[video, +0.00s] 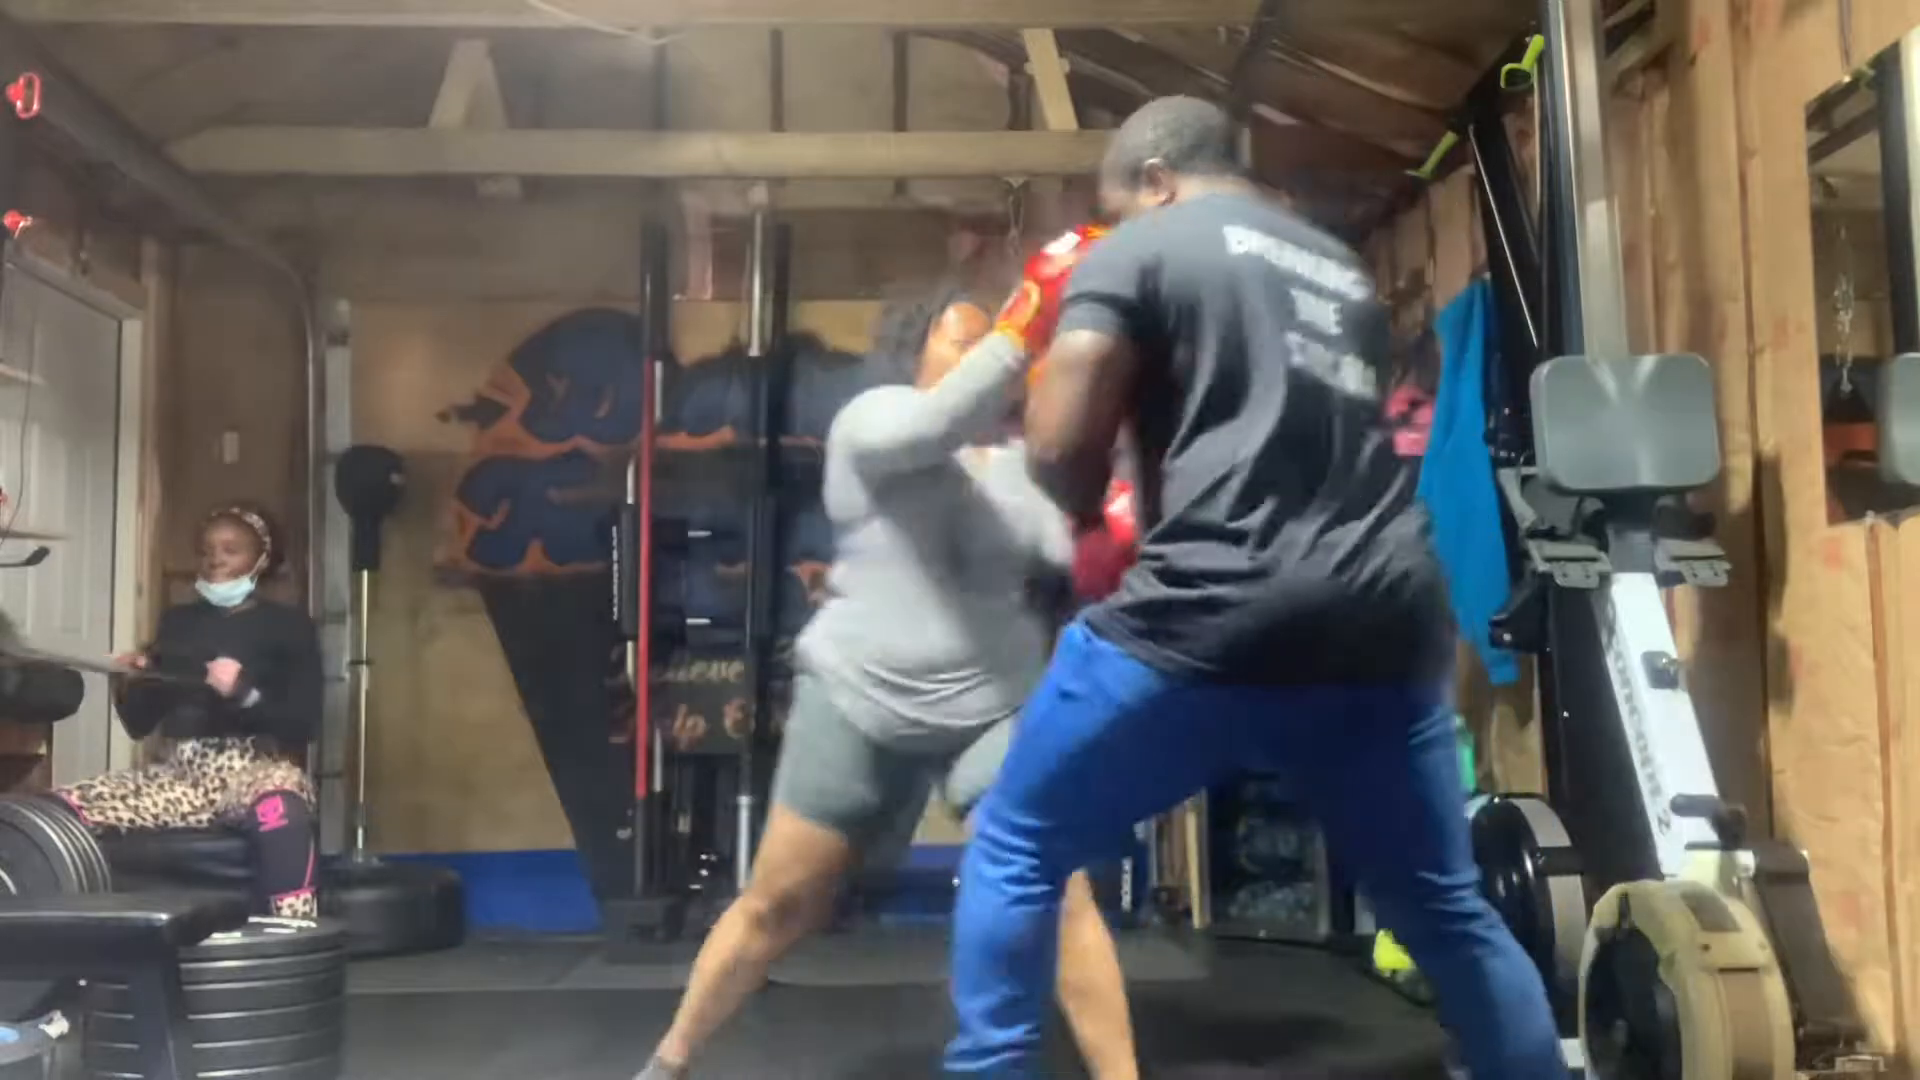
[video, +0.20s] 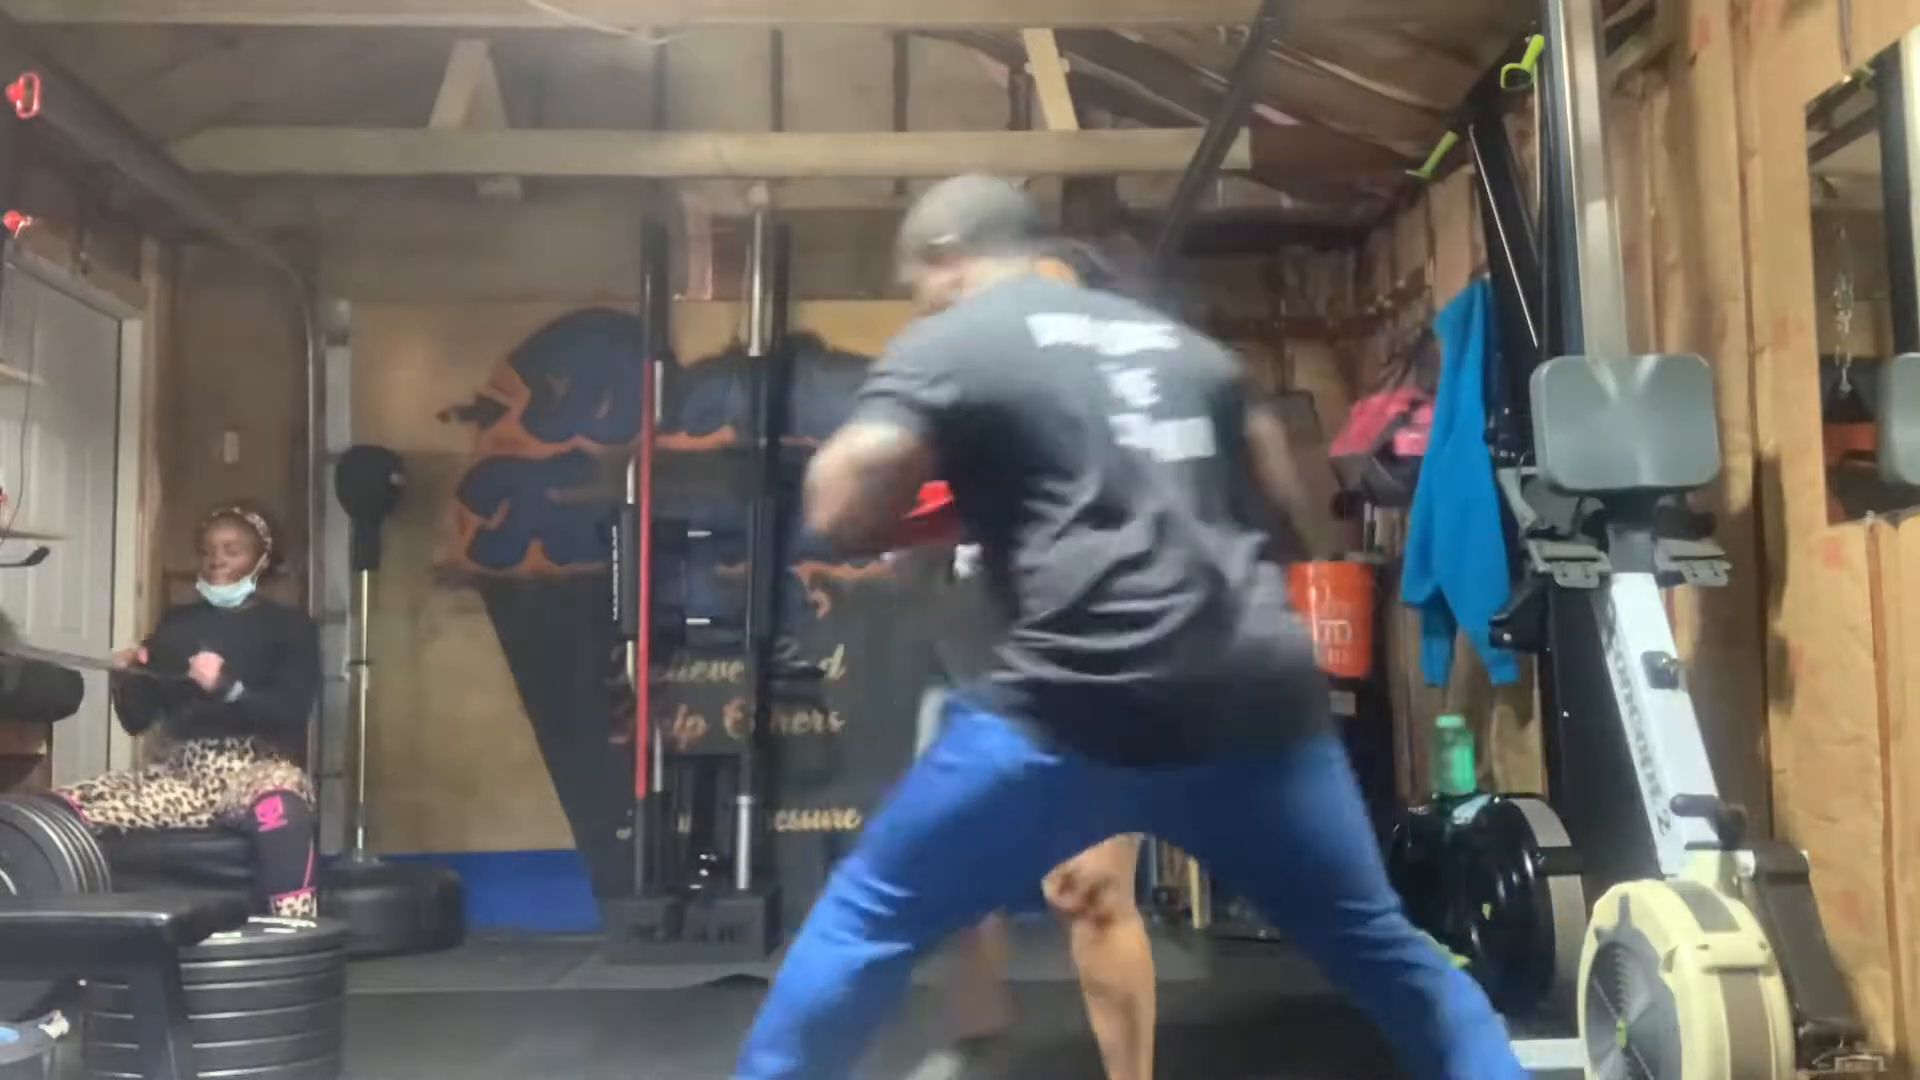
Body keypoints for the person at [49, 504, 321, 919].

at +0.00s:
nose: (214, 561)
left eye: (230, 551)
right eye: (207, 551)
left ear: (260, 560)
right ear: (198, 556)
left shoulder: (288, 624)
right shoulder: (179, 621)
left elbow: (301, 723)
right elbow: (140, 723)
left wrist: (243, 691)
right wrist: (130, 681)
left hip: (255, 772)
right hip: (173, 772)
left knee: (281, 810)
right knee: (60, 809)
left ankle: (296, 947)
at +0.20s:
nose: (216, 562)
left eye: (231, 552)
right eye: (208, 551)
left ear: (260, 560)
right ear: (199, 555)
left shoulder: (290, 624)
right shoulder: (177, 621)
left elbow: (291, 713)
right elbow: (137, 720)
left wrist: (229, 688)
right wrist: (127, 679)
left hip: (258, 770)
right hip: (175, 771)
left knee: (282, 810)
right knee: (59, 809)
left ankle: (296, 946)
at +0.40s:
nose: (216, 554)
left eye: (231, 546)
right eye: (209, 545)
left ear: (259, 559)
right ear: (198, 551)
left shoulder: (280, 613)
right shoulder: (171, 614)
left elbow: (271, 686)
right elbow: (110, 688)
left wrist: (194, 654)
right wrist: (102, 662)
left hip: (253, 771)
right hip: (174, 773)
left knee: (280, 814)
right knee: (61, 811)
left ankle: (296, 948)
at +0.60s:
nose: (221, 554)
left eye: (238, 547)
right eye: (215, 544)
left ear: (263, 565)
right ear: (204, 550)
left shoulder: (282, 612)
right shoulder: (174, 612)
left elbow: (286, 692)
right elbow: (108, 694)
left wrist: (209, 664)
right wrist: (112, 652)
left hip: (254, 770)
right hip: (175, 772)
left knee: (281, 810)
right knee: (61, 811)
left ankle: (296, 948)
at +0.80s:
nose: (226, 559)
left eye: (242, 551)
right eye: (218, 547)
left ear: (266, 565)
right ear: (206, 552)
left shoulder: (288, 619)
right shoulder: (179, 615)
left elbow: (308, 721)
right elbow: (144, 723)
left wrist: (251, 693)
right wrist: (140, 684)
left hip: (256, 767)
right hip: (177, 770)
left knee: (281, 812)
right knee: (60, 809)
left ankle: (297, 948)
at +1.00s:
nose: (231, 558)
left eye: (247, 550)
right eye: (223, 546)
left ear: (269, 564)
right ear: (210, 549)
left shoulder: (286, 615)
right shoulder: (174, 615)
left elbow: (289, 692)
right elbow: (111, 697)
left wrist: (209, 668)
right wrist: (121, 659)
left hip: (257, 769)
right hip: (177, 772)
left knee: (283, 811)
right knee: (60, 810)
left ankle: (296, 945)